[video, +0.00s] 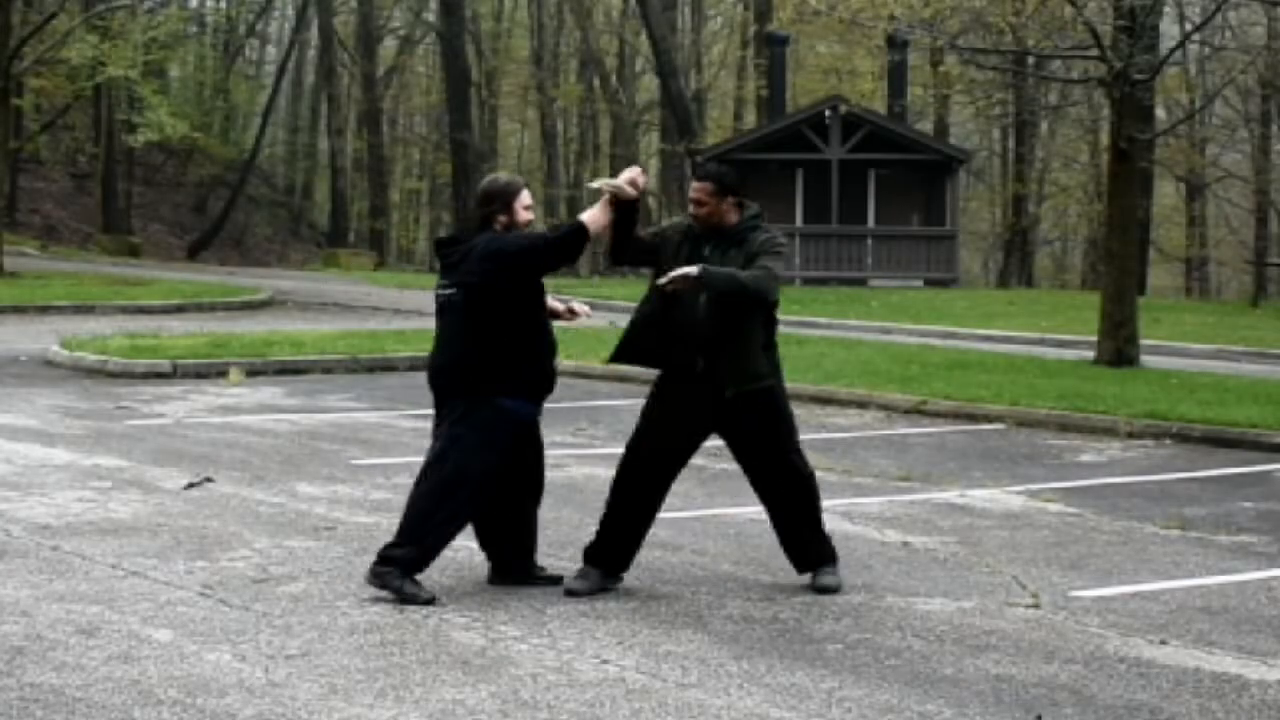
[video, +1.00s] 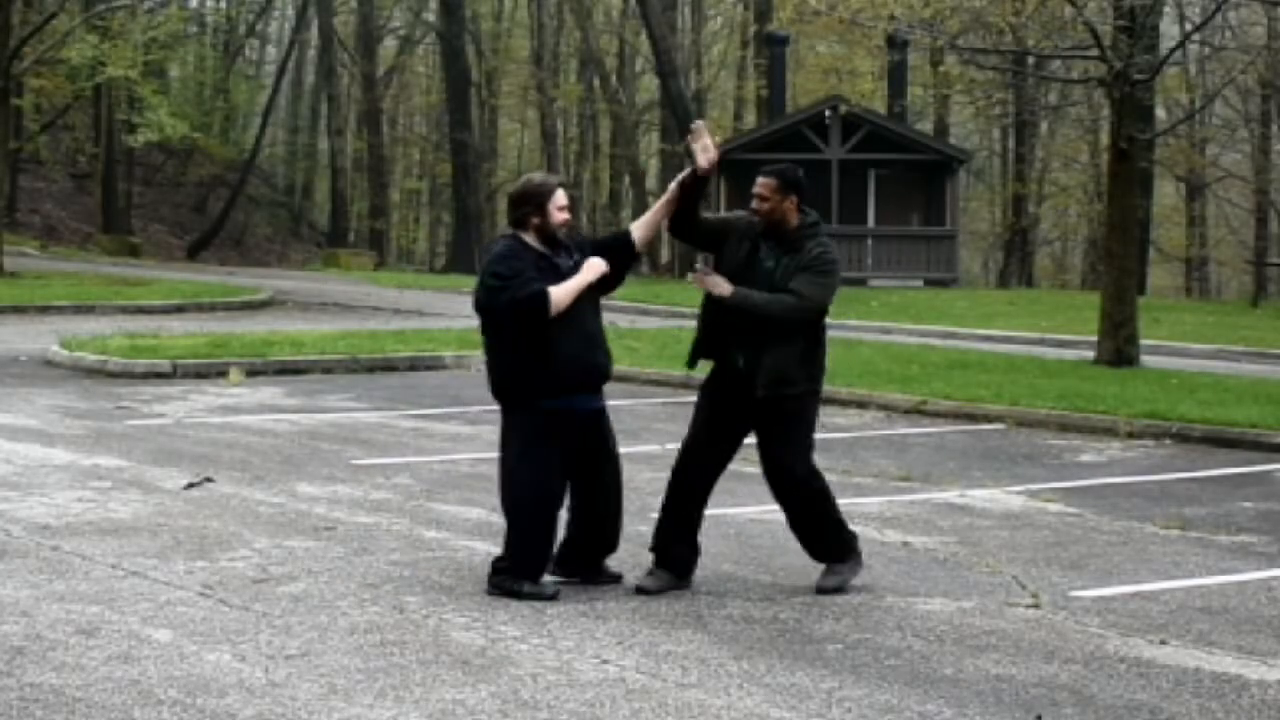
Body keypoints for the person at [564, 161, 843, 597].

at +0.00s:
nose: (693, 210)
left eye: (701, 203)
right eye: (691, 202)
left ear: (731, 204)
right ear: (689, 201)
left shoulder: (764, 241)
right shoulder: (682, 235)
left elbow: (764, 287)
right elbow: (622, 252)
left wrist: (702, 276)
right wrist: (624, 202)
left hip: (748, 387)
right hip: (684, 385)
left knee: (784, 474)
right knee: (640, 472)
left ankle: (821, 564)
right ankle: (602, 566)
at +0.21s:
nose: (736, 209)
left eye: (743, 202)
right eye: (734, 202)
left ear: (773, 203)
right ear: (739, 204)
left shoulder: (814, 251)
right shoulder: (733, 244)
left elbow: (822, 308)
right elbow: (697, 290)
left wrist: (772, 273)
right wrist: (662, 251)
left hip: (791, 388)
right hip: (731, 382)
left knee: (807, 477)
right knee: (674, 431)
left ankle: (825, 563)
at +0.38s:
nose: (753, 210)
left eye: (760, 202)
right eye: (751, 202)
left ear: (789, 203)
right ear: (758, 204)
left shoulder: (827, 250)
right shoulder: (754, 245)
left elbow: (824, 308)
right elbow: (733, 305)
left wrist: (769, 271)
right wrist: (695, 286)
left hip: (804, 387)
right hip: (745, 380)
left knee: (809, 478)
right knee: (693, 435)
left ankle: (824, 564)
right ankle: (712, 545)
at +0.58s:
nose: (758, 206)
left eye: (766, 199)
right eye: (757, 197)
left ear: (794, 201)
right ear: (770, 201)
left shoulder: (820, 250)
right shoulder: (762, 242)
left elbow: (765, 286)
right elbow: (722, 287)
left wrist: (702, 266)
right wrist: (733, 251)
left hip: (805, 383)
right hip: (749, 375)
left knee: (807, 474)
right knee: (692, 428)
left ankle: (823, 564)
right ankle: (687, 538)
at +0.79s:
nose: (750, 203)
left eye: (758, 197)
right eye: (750, 195)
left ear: (786, 200)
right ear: (756, 197)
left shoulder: (813, 251)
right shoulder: (743, 233)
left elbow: (775, 298)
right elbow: (689, 240)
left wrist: (720, 284)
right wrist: (693, 196)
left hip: (790, 389)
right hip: (730, 385)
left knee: (801, 480)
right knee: (694, 473)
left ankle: (823, 565)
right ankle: (671, 567)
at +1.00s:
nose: (755, 205)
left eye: (763, 200)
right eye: (754, 198)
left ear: (791, 203)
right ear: (755, 197)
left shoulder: (816, 253)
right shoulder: (741, 230)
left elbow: (803, 309)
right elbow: (682, 227)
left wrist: (731, 293)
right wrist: (698, 175)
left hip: (787, 384)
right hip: (732, 377)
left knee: (789, 473)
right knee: (692, 469)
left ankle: (842, 554)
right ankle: (672, 566)